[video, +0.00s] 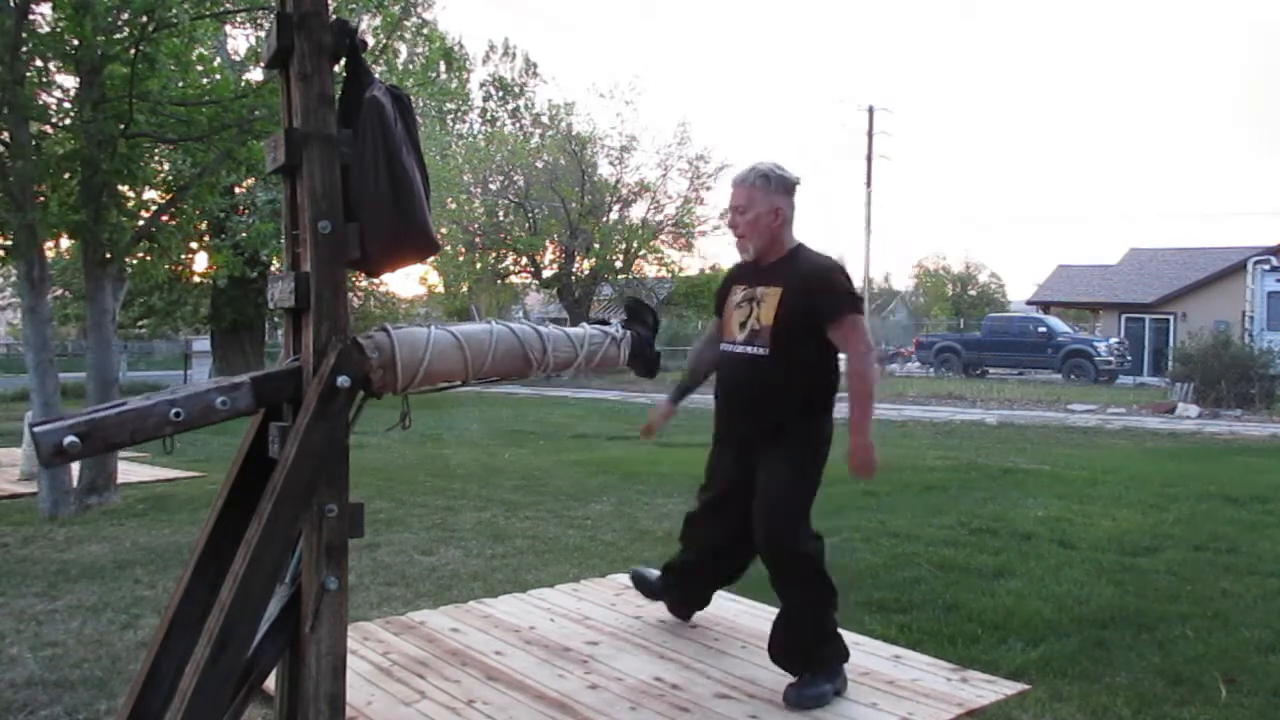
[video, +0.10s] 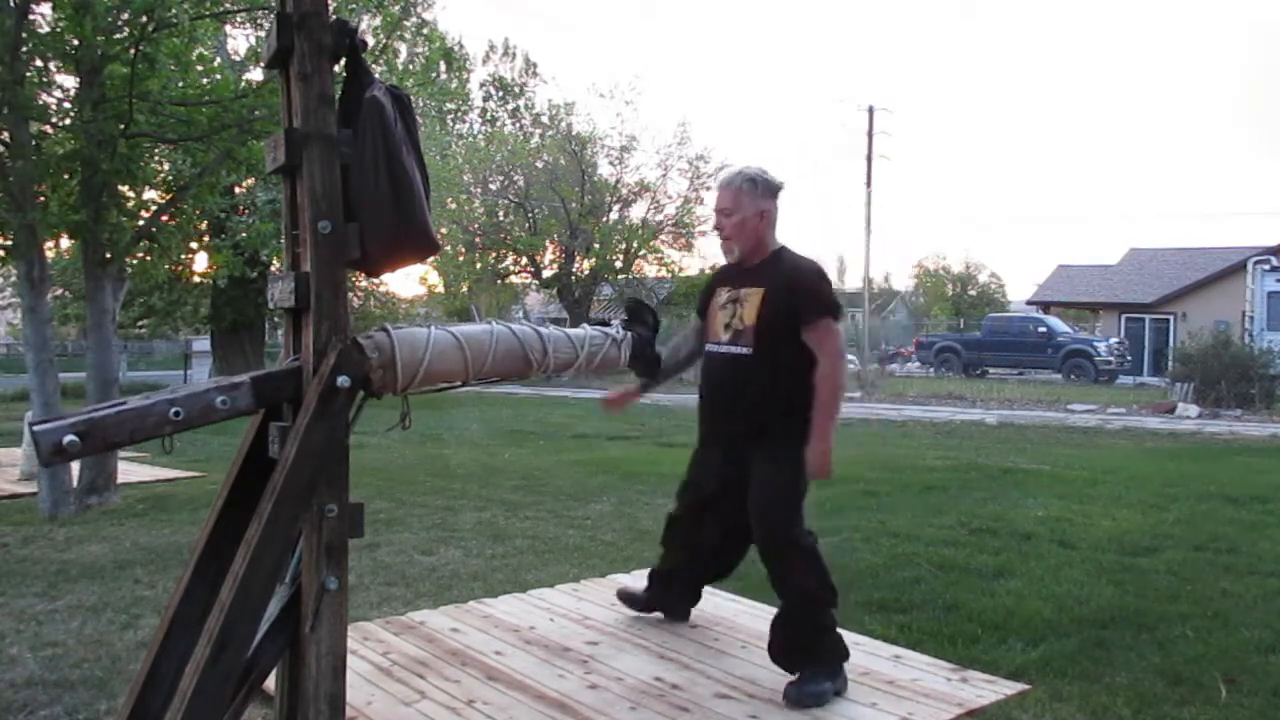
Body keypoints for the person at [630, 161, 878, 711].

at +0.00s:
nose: (731, 222)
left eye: (742, 212)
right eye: (730, 212)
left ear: (779, 213)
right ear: (749, 215)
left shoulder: (820, 277)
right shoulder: (737, 280)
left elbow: (861, 354)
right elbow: (714, 343)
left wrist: (861, 436)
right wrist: (672, 399)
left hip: (795, 437)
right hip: (737, 430)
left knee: (782, 537)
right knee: (717, 514)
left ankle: (823, 662)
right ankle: (682, 588)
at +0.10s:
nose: (719, 224)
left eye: (729, 215)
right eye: (717, 215)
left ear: (765, 215)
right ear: (724, 216)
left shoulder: (801, 278)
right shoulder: (721, 282)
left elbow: (831, 358)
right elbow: (695, 343)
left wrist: (821, 439)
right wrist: (640, 385)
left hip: (777, 439)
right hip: (721, 434)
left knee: (781, 539)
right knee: (696, 514)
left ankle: (821, 661)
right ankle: (671, 593)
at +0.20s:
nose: (699, 224)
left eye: (709, 214)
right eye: (696, 214)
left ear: (742, 217)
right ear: (699, 217)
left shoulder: (770, 276)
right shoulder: (696, 278)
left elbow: (784, 356)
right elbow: (673, 333)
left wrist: (763, 430)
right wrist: (646, 334)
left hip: (747, 424)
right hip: (693, 423)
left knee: (768, 531)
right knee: (664, 506)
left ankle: (809, 648)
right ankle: (662, 597)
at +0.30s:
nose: (691, 224)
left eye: (700, 215)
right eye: (688, 215)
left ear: (731, 215)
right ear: (688, 217)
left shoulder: (754, 276)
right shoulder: (682, 276)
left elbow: (755, 354)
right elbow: (647, 331)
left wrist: (719, 423)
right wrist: (591, 316)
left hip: (738, 417)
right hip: (681, 412)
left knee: (747, 519)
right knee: (654, 499)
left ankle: (792, 639)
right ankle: (662, 596)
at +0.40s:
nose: (678, 221)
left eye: (688, 212)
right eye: (674, 213)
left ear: (718, 214)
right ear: (672, 216)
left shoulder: (739, 274)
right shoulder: (664, 274)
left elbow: (711, 344)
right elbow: (624, 323)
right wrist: (606, 290)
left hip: (722, 411)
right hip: (669, 406)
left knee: (709, 507)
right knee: (643, 496)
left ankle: (752, 631)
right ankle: (662, 598)